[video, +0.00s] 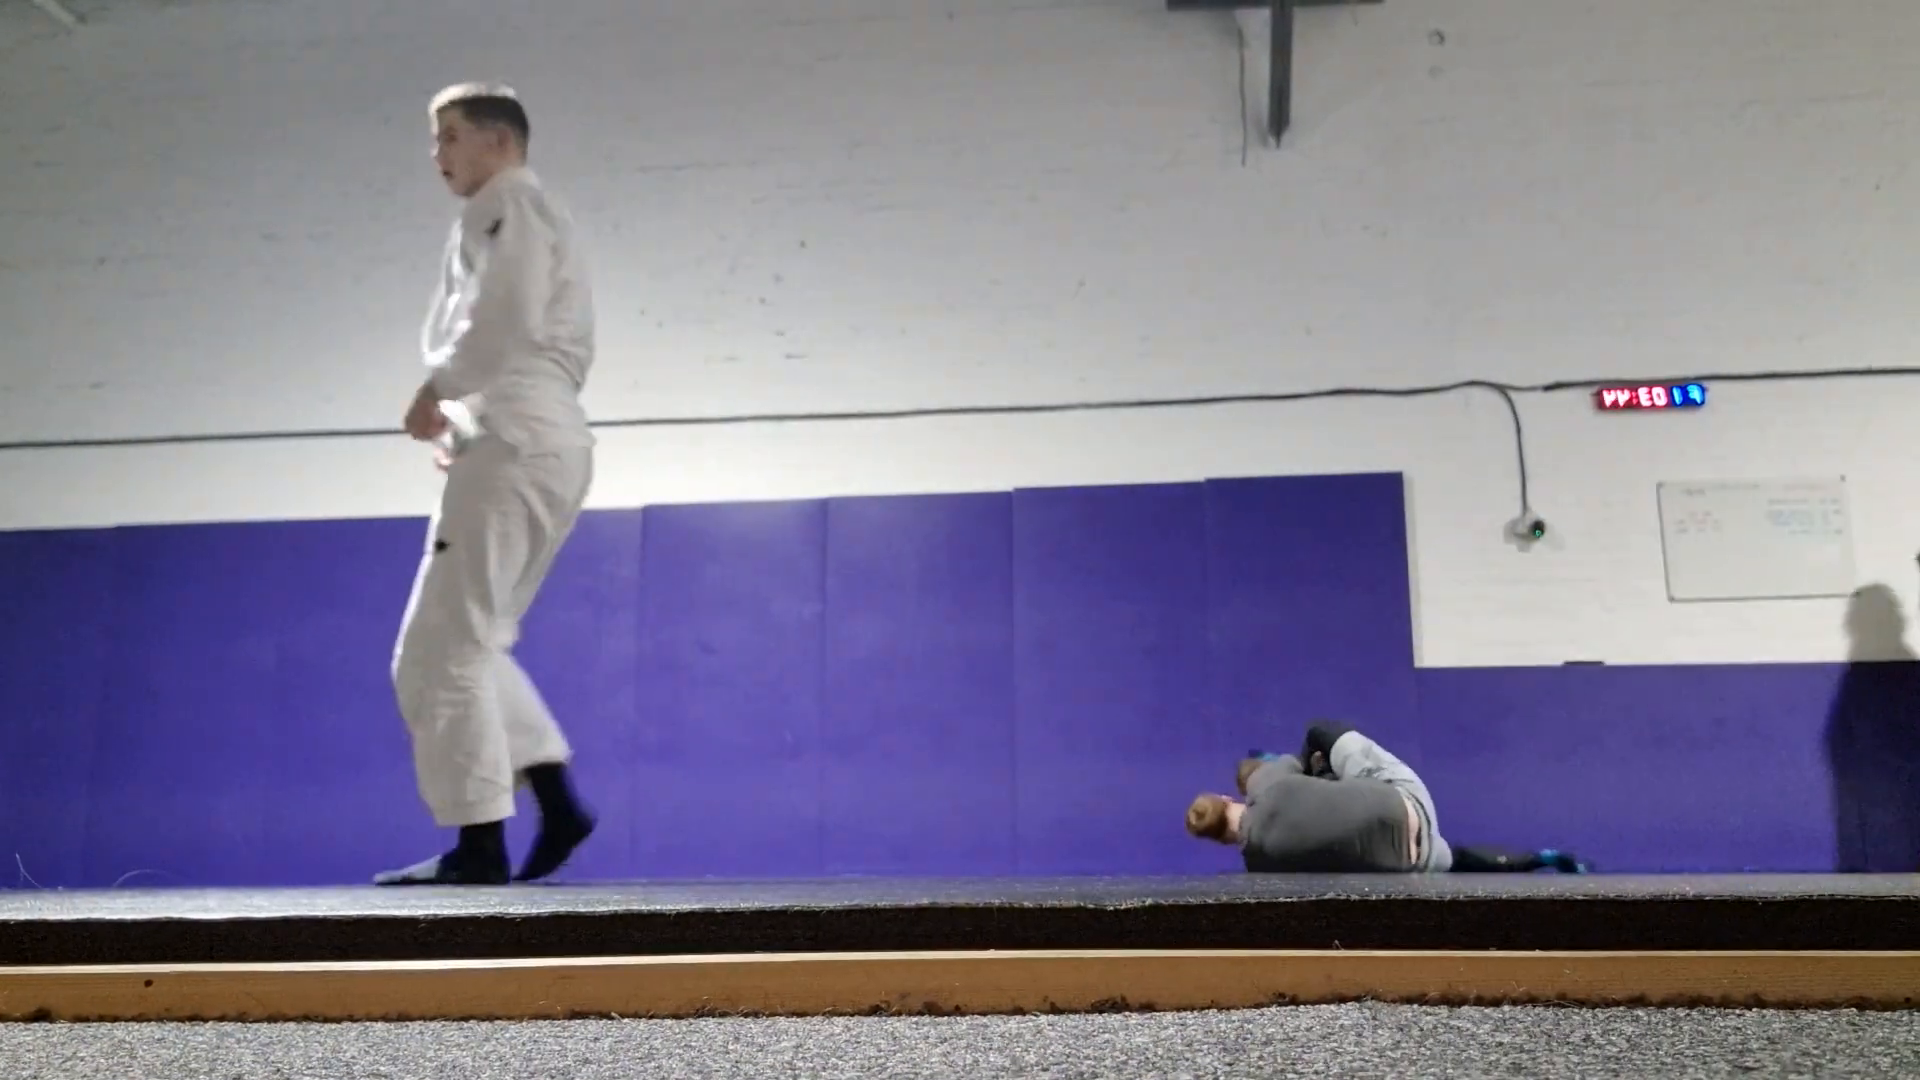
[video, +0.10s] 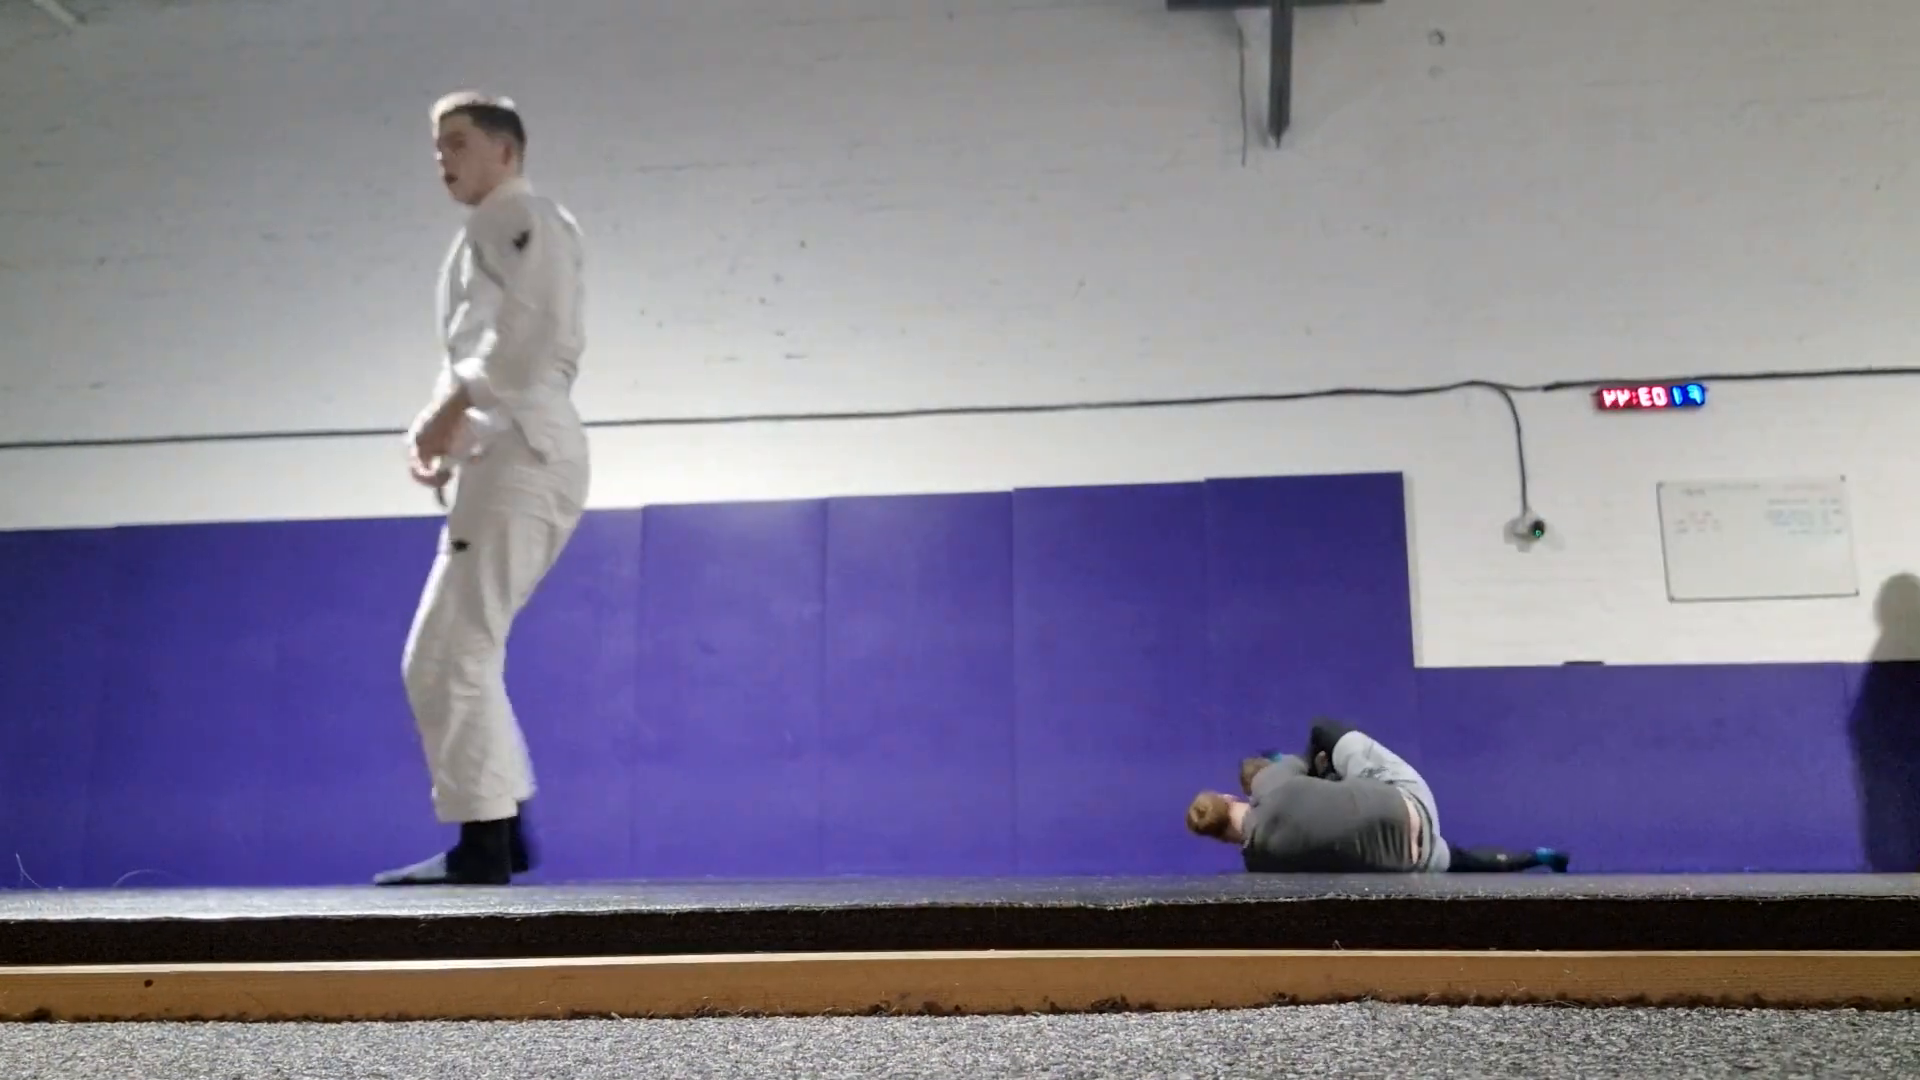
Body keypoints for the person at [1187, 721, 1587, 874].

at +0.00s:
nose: (1255, 773)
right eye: (1247, 777)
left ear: (1219, 840)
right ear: (1234, 794)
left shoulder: (1259, 862)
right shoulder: (1267, 783)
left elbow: (1319, 865)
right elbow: (1304, 757)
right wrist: (1302, 771)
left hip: (1413, 863)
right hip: (1407, 808)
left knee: (1459, 856)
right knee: (1320, 730)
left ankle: (1539, 861)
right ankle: (1321, 776)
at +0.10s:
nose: (1253, 772)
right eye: (1243, 780)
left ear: (1219, 838)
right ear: (1236, 795)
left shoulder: (1259, 862)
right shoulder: (1271, 782)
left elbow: (1314, 862)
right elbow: (1313, 740)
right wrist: (1314, 769)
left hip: (1414, 860)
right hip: (1410, 808)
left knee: (1457, 858)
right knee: (1338, 736)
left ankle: (1533, 858)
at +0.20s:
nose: (1234, 790)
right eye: (1232, 790)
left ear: (1220, 839)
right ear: (1235, 795)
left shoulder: (1260, 866)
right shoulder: (1272, 781)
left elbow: (1312, 854)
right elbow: (1315, 760)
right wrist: (1296, 764)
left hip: (1417, 860)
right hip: (1414, 806)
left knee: (1456, 857)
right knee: (1339, 734)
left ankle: (1522, 861)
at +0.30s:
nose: (1234, 792)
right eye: (1232, 792)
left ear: (1220, 838)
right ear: (1236, 797)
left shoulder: (1258, 865)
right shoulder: (1275, 784)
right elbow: (1307, 761)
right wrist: (1287, 764)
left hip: (1422, 859)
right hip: (1415, 806)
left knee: (1452, 852)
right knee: (1329, 726)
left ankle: (1504, 864)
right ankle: (1326, 768)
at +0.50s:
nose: (1231, 792)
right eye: (1229, 793)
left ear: (1219, 839)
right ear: (1233, 798)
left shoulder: (1257, 866)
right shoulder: (1274, 784)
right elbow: (1305, 762)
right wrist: (1269, 769)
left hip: (1421, 861)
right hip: (1417, 810)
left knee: (1454, 854)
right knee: (1330, 726)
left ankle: (1501, 864)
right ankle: (1327, 770)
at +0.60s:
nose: (1229, 792)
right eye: (1228, 793)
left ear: (1218, 840)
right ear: (1231, 798)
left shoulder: (1257, 865)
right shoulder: (1271, 785)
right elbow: (1305, 762)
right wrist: (1267, 770)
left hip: (1422, 860)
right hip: (1415, 808)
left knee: (1453, 853)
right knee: (1329, 728)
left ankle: (1501, 864)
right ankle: (1328, 772)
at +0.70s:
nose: (1227, 791)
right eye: (1226, 792)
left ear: (1216, 838)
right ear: (1230, 797)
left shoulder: (1256, 864)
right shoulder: (1269, 783)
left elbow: (1307, 849)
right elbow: (1308, 761)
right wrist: (1267, 769)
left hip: (1421, 859)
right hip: (1414, 806)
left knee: (1453, 852)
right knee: (1329, 731)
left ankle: (1503, 864)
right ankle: (1328, 768)